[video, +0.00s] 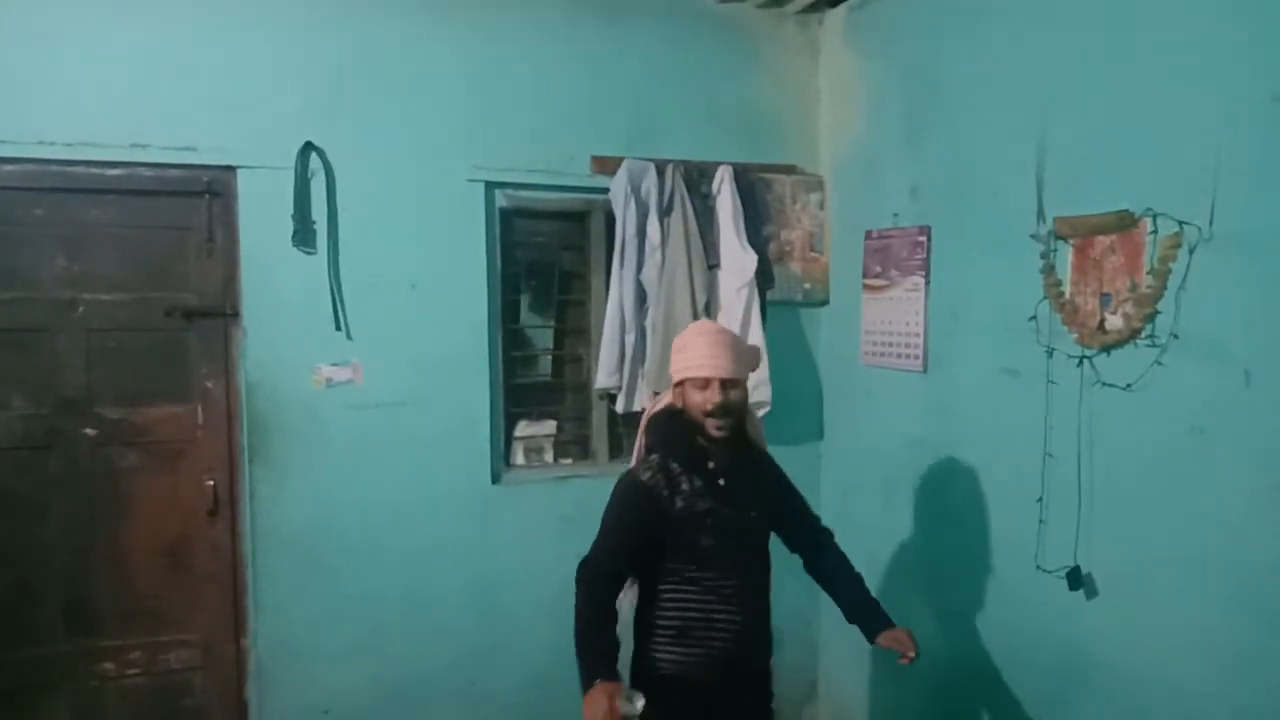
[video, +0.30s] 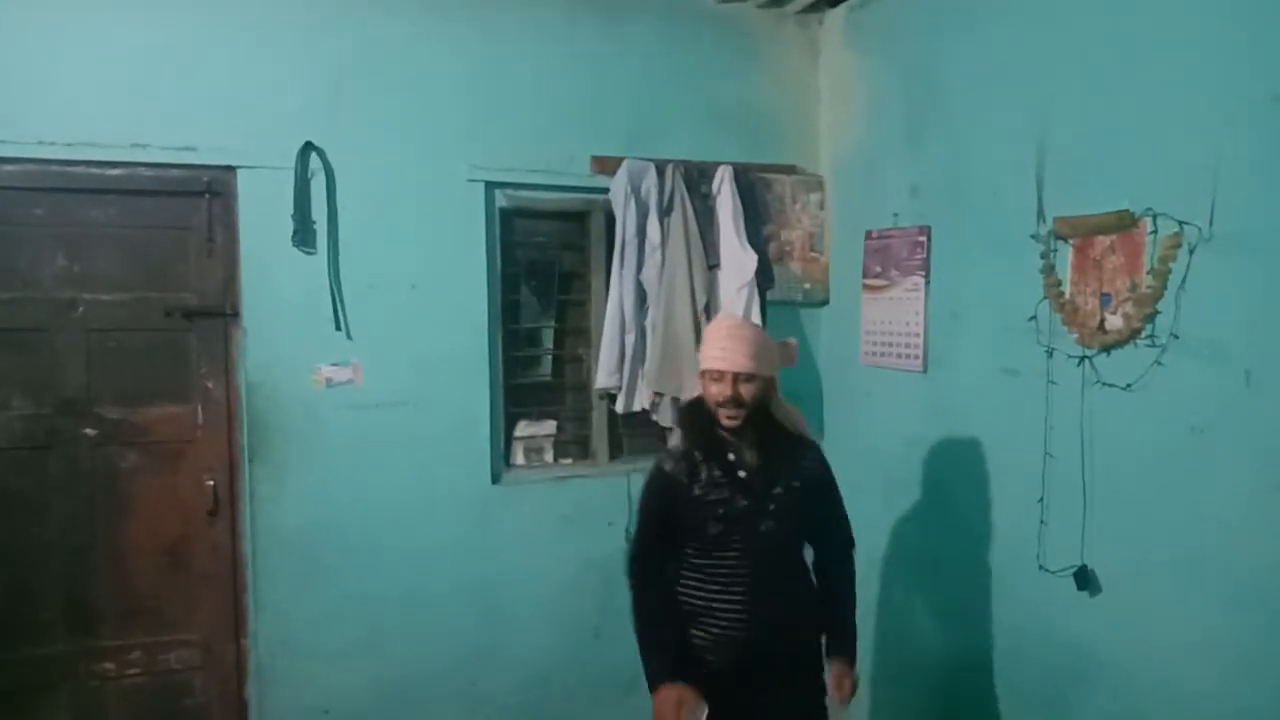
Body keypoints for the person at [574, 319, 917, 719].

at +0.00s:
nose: (718, 399)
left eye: (730, 385)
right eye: (702, 385)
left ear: (746, 391)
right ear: (678, 392)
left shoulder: (757, 471)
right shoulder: (649, 481)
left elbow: (815, 545)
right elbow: (597, 579)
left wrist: (876, 623)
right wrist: (601, 679)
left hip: (746, 683)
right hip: (670, 686)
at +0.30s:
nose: (728, 393)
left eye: (744, 380)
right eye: (715, 379)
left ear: (768, 383)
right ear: (700, 381)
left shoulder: (801, 458)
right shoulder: (677, 463)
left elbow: (834, 551)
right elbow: (648, 569)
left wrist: (841, 652)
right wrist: (664, 678)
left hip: (785, 659)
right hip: (701, 663)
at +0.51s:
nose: (752, 407)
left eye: (768, 395)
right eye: (741, 393)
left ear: (794, 400)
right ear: (729, 396)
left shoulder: (834, 479)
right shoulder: (709, 478)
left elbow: (867, 579)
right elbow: (686, 571)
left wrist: (841, 673)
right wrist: (676, 656)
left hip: (805, 670)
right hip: (726, 668)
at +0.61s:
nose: (759, 407)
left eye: (774, 395)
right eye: (750, 393)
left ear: (802, 400)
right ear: (739, 396)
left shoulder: (842, 474)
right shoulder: (724, 470)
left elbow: (882, 569)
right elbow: (696, 540)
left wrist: (830, 617)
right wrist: (682, 589)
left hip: (818, 661)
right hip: (739, 657)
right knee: (719, 711)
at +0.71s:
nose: (761, 396)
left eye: (776, 385)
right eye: (753, 382)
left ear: (805, 389)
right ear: (741, 383)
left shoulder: (846, 463)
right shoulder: (732, 453)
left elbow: (878, 556)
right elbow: (689, 520)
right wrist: (683, 540)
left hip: (822, 647)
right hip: (745, 643)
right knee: (725, 709)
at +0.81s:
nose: (759, 386)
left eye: (775, 373)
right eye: (750, 371)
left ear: (802, 378)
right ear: (739, 372)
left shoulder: (842, 445)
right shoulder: (732, 437)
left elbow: (853, 521)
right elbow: (683, 518)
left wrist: (785, 503)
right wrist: (679, 499)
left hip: (824, 625)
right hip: (749, 621)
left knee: (828, 711)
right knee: (727, 709)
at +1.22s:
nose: (746, 400)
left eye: (758, 391)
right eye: (738, 390)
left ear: (785, 381)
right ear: (730, 381)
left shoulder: (824, 437)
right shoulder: (731, 428)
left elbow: (803, 482)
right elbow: (691, 459)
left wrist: (755, 479)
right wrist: (660, 463)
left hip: (793, 608)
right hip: (728, 601)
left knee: (789, 705)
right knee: (728, 705)